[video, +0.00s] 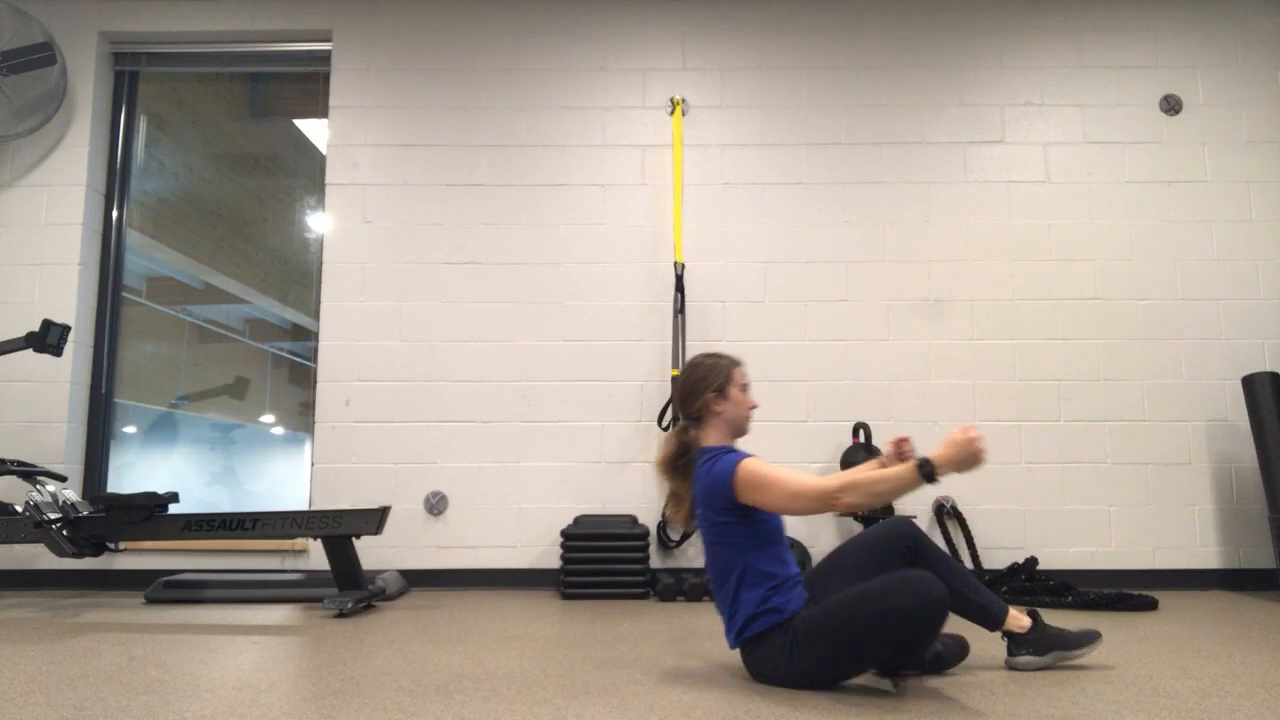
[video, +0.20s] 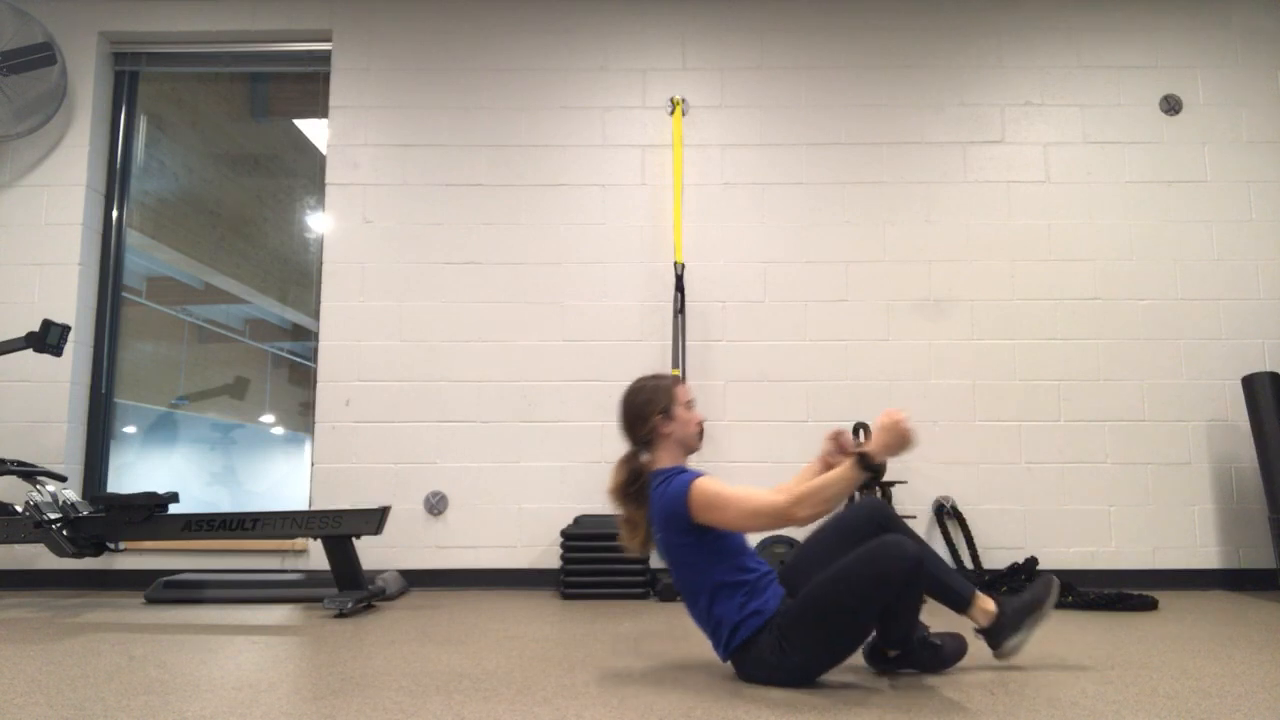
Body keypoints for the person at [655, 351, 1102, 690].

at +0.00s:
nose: (753, 401)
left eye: (749, 389)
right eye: (744, 391)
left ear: (715, 401)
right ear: (714, 402)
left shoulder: (723, 464)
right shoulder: (725, 470)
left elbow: (821, 494)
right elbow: (833, 498)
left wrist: (880, 467)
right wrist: (934, 466)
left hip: (790, 612)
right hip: (779, 644)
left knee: (900, 535)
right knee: (924, 590)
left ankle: (1019, 628)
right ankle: (905, 659)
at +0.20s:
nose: (699, 416)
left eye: (693, 406)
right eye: (688, 408)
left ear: (661, 425)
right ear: (662, 424)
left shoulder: (678, 482)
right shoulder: (678, 491)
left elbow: (777, 504)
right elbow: (793, 511)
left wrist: (822, 463)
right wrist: (873, 455)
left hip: (772, 613)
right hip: (770, 647)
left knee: (873, 516)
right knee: (900, 550)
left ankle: (989, 613)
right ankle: (898, 645)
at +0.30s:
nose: (674, 428)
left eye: (667, 418)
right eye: (661, 421)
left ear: (638, 442)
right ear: (636, 442)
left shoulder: (661, 496)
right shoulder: (658, 507)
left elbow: (749, 524)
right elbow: (764, 531)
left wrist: (784, 471)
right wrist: (826, 462)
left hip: (763, 613)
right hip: (761, 648)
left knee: (851, 502)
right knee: (884, 539)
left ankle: (975, 594)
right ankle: (897, 643)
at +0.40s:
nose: (644, 446)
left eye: (637, 436)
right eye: (631, 440)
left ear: (607, 463)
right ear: (607, 459)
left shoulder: (631, 518)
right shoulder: (634, 526)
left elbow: (727, 551)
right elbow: (746, 561)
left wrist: (743, 484)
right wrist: (775, 481)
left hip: (756, 616)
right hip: (757, 648)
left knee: (834, 493)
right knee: (866, 529)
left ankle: (964, 567)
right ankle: (904, 641)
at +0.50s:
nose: (617, 467)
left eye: (609, 459)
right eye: (605, 463)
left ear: (582, 485)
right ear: (581, 484)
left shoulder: (608, 535)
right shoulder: (613, 547)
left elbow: (705, 579)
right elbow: (720, 588)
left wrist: (706, 510)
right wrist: (723, 506)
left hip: (741, 624)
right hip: (750, 649)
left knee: (811, 482)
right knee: (842, 508)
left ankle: (950, 537)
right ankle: (921, 624)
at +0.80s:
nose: (536, 539)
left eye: (524, 535)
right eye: (520, 542)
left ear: (522, 567)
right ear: (511, 576)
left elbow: (661, 614)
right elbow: (670, 625)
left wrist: (610, 562)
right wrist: (618, 562)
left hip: (723, 624)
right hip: (735, 644)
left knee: (702, 466)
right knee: (703, 470)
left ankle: (824, 426)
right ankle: (853, 447)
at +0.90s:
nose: (514, 554)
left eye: (503, 551)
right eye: (499, 558)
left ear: (504, 587)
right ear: (493, 595)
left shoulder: (557, 610)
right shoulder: (555, 631)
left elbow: (651, 604)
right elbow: (654, 617)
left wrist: (591, 567)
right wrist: (593, 568)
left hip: (712, 613)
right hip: (721, 627)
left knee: (665, 461)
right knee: (665, 464)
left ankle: (776, 390)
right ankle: (797, 398)